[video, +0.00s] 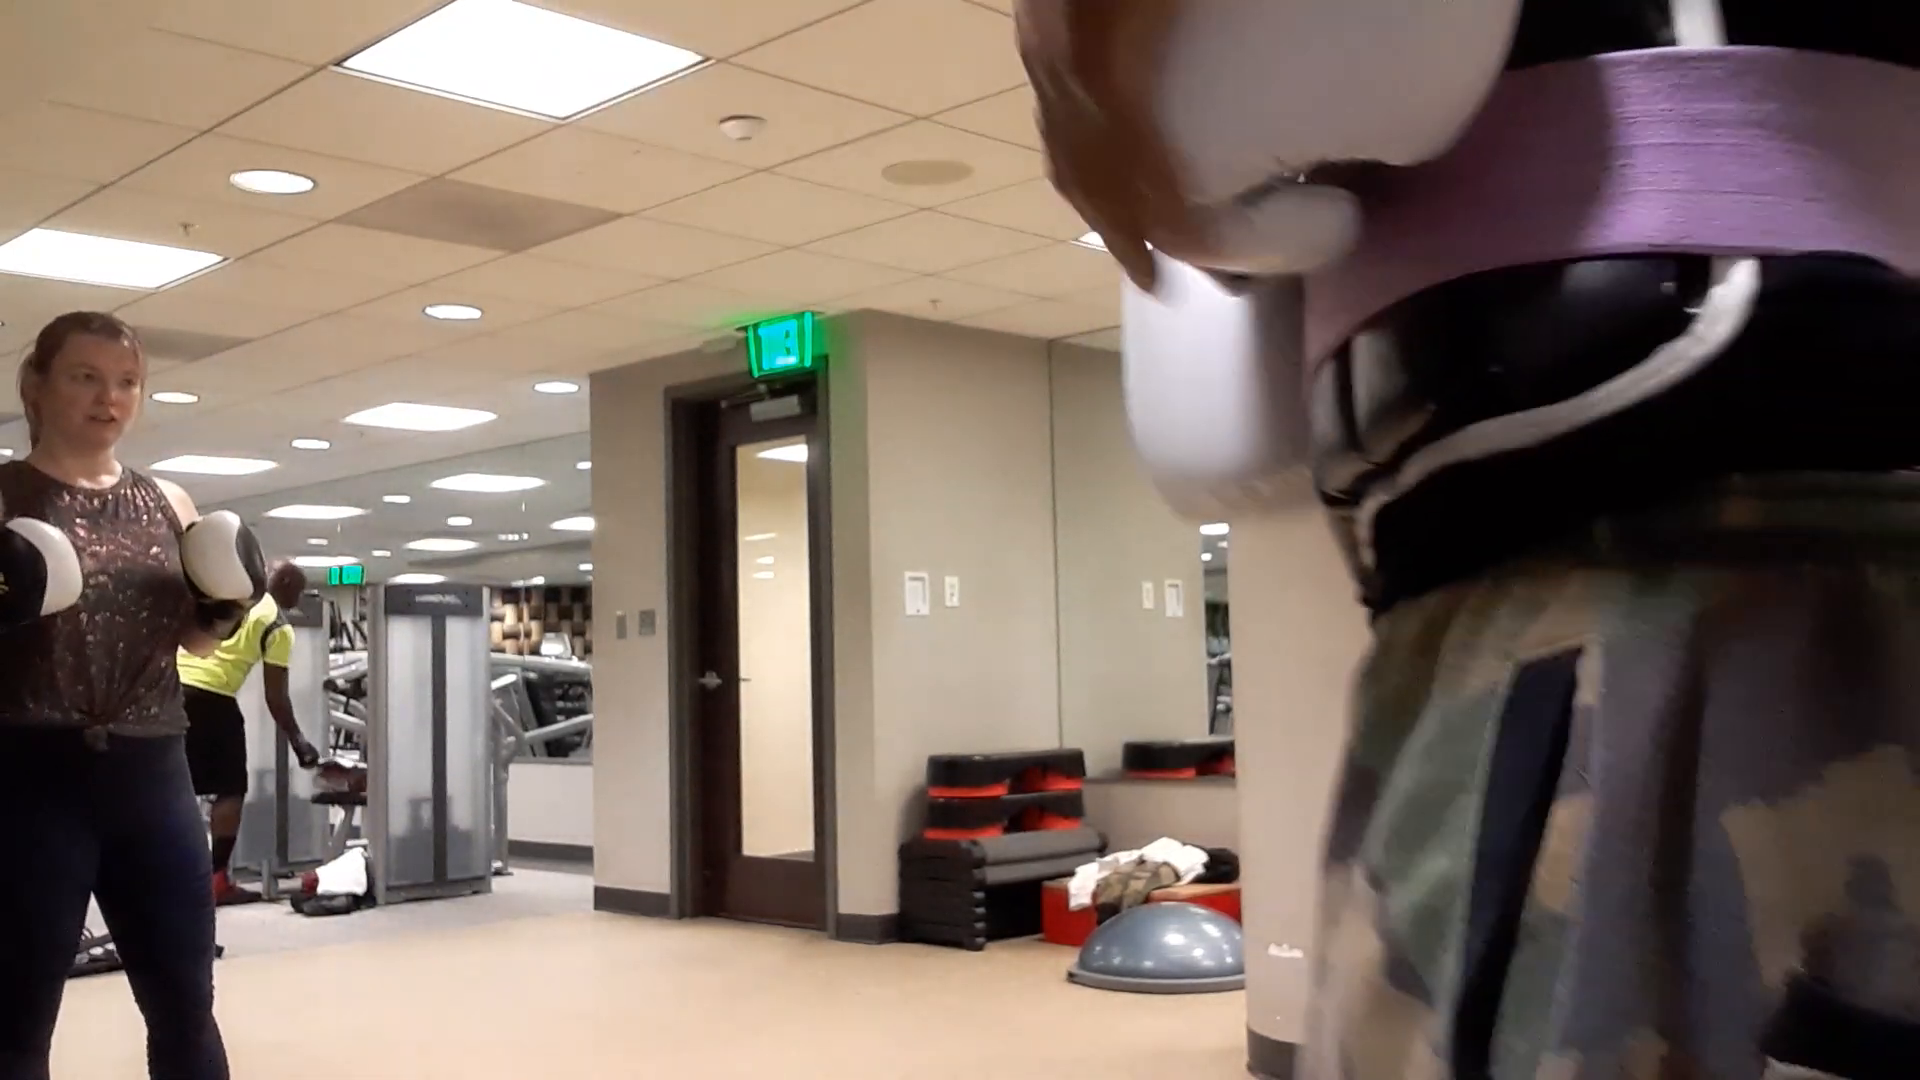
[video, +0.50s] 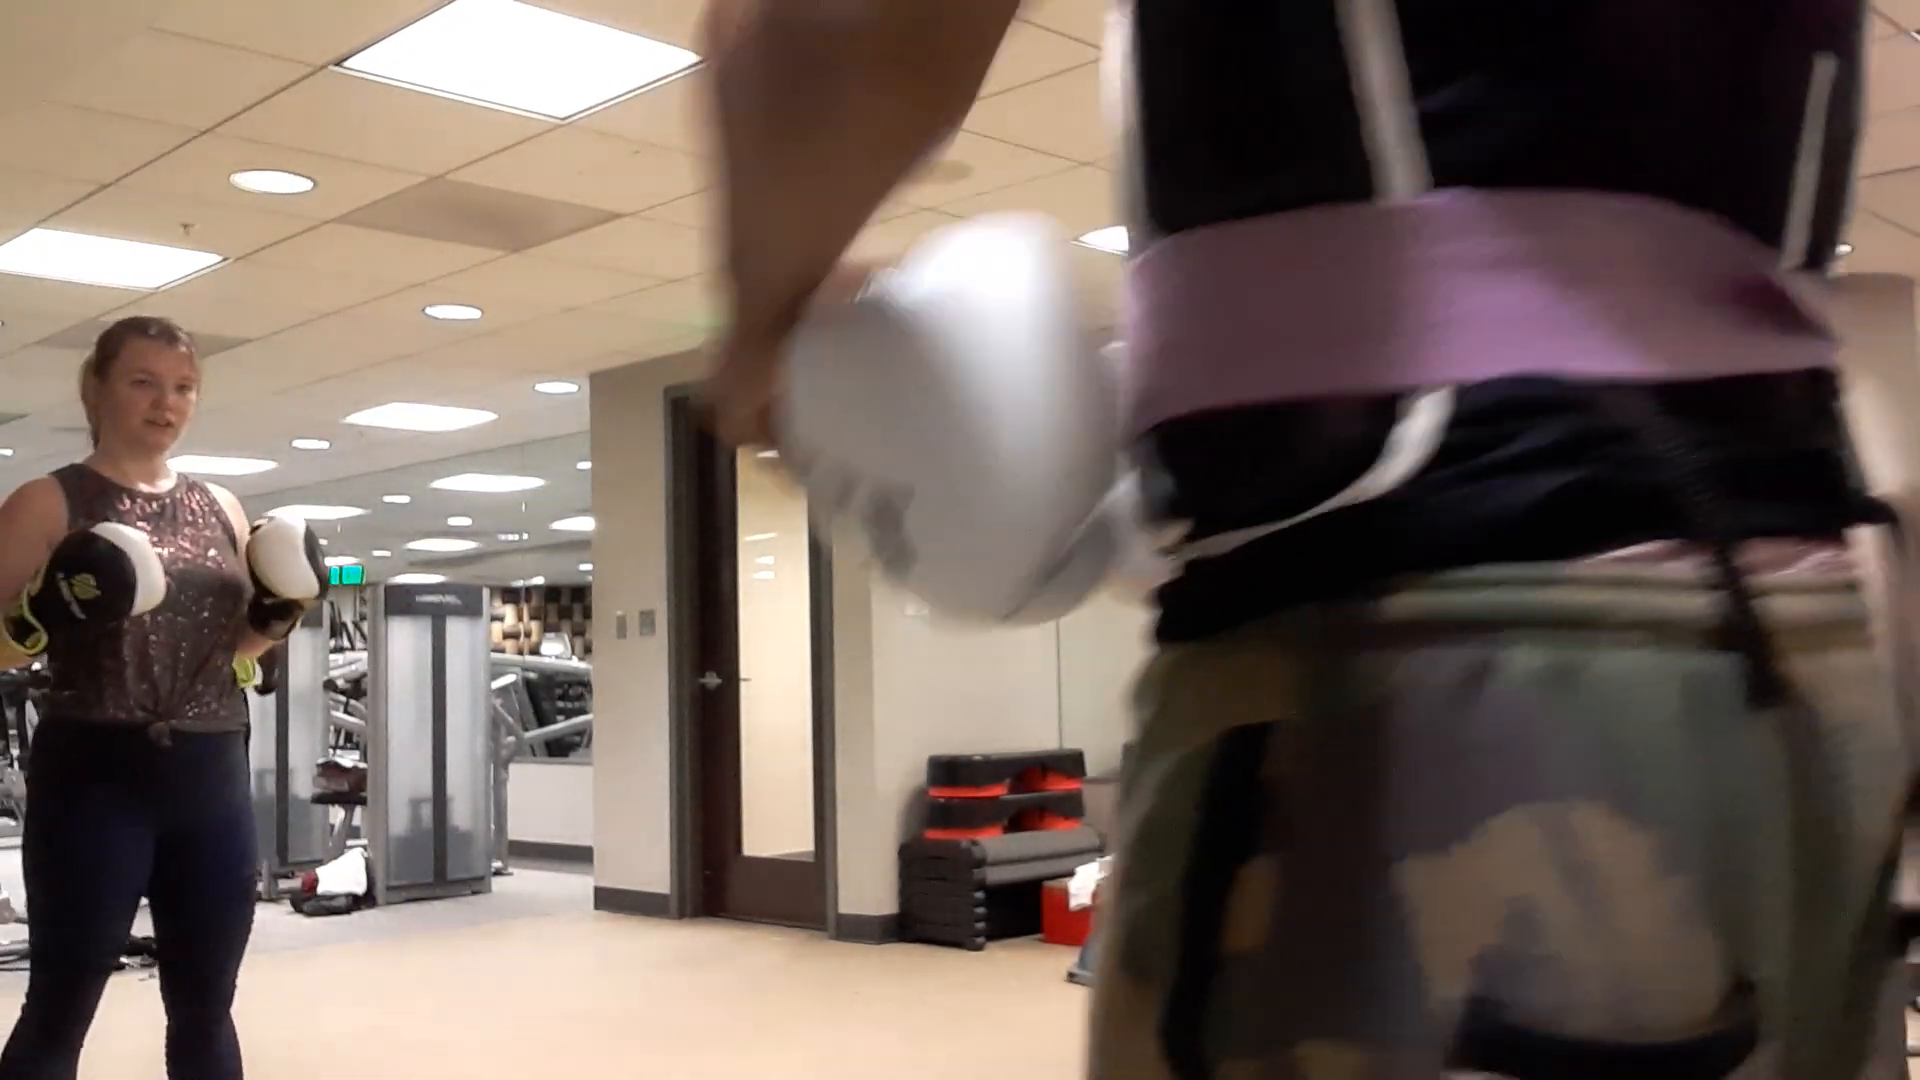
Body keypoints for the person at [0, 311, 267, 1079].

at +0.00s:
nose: (108, 400)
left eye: (125, 385)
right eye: (85, 379)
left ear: (140, 400)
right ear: (34, 387)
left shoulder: (168, 502)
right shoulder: (10, 492)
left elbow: (197, 638)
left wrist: (225, 599)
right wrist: (10, 587)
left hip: (151, 772)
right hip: (32, 772)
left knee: (185, 1007)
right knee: (21, 1019)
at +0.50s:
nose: (167, 401)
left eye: (183, 386)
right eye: (145, 382)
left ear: (195, 400)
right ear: (95, 392)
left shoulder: (221, 508)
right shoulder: (45, 505)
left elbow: (236, 651)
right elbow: (4, 648)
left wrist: (280, 608)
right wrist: (49, 608)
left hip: (212, 780)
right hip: (89, 780)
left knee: (206, 1010)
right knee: (60, 1008)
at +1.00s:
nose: (184, 407)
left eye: (201, 392)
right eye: (162, 386)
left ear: (214, 406)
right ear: (112, 394)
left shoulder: (232, 514)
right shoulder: (65, 503)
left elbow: (241, 658)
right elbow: (6, 649)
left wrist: (288, 613)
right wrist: (64, 605)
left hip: (229, 781)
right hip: (107, 781)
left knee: (214, 1013)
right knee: (67, 1013)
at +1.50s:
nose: (180, 408)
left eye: (195, 393)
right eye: (158, 388)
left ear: (208, 406)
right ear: (106, 393)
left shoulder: (224, 516)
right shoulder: (57, 501)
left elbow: (224, 660)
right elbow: (3, 645)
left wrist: (281, 616)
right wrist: (61, 606)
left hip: (220, 777)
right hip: (99, 777)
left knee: (209, 1013)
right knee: (63, 1010)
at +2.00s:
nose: (180, 408)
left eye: (195, 394)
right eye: (158, 388)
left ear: (206, 407)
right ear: (104, 394)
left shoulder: (223, 518)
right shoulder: (54, 503)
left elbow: (224, 661)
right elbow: (3, 648)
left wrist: (278, 615)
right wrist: (63, 608)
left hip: (218, 776)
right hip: (96, 776)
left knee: (208, 1011)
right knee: (61, 1013)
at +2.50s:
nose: (182, 409)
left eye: (197, 395)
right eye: (160, 388)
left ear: (207, 408)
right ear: (105, 392)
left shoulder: (221, 518)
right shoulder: (53, 503)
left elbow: (220, 660)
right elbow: (4, 646)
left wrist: (277, 617)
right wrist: (62, 609)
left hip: (216, 777)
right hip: (95, 777)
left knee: (207, 1010)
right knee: (61, 1011)